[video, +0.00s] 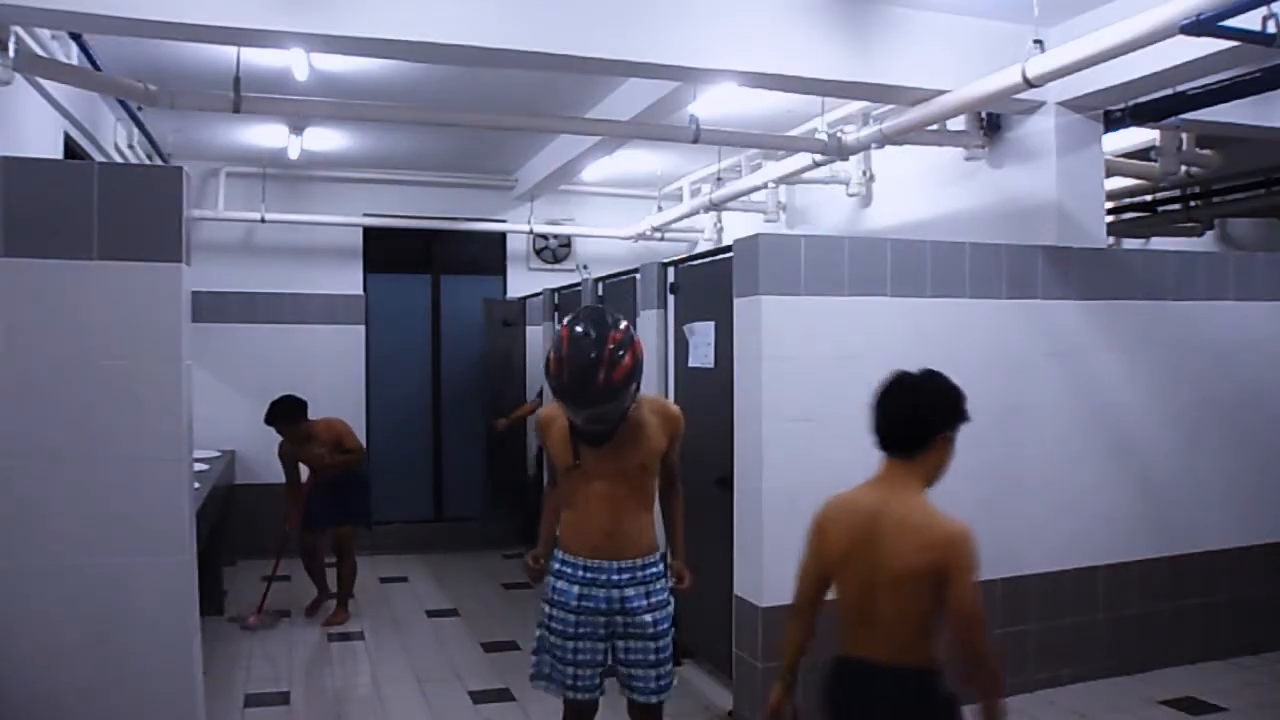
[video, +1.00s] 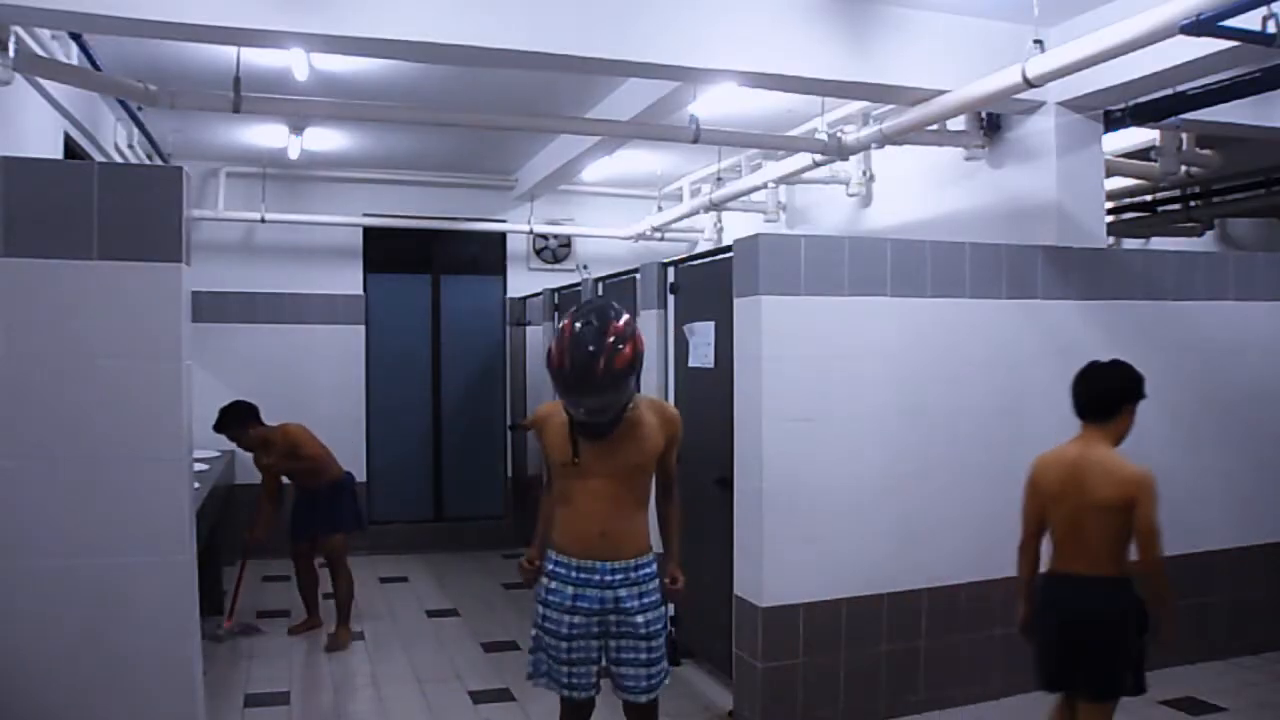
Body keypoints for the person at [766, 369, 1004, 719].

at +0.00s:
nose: (952, 451)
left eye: (953, 438)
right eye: (953, 438)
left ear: (886, 432)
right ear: (942, 442)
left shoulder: (834, 514)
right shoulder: (946, 536)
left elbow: (803, 611)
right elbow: (971, 643)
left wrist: (785, 684)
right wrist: (992, 704)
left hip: (846, 686)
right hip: (916, 691)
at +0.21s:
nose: (985, 451)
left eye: (987, 440)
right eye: (987, 440)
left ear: (921, 437)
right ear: (977, 441)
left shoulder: (882, 517)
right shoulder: (990, 527)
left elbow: (858, 615)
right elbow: (1009, 634)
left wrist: (837, 693)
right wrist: (1029, 700)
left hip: (904, 671)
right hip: (967, 674)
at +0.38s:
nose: (1016, 435)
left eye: (1016, 426)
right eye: (1016, 426)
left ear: (956, 423)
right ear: (1007, 429)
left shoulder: (919, 500)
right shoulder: (1018, 509)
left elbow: (915, 591)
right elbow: (1030, 611)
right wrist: (1044, 689)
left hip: (938, 649)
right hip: (996, 653)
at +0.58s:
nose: (1058, 438)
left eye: (1058, 428)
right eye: (1058, 428)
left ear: (1001, 422)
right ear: (1050, 429)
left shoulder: (962, 491)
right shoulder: (1054, 504)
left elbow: (959, 568)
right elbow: (1059, 601)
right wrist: (1068, 675)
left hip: (974, 635)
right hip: (1030, 641)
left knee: (975, 711)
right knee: (1035, 711)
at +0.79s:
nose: (1104, 431)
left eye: (1106, 421)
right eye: (1105, 422)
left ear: (1051, 415)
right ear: (1097, 423)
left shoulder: (1010, 478)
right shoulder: (1099, 495)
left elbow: (1002, 556)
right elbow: (1103, 584)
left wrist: (1026, 596)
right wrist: (1114, 657)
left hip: (1019, 622)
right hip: (1075, 624)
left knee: (1022, 710)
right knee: (1081, 708)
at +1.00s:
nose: (1133, 420)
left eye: (1134, 411)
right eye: (1134, 411)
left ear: (1080, 407)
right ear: (1125, 413)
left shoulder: (1044, 468)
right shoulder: (1134, 479)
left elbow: (1029, 544)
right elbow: (1149, 559)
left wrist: (1025, 601)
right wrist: (1161, 610)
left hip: (1056, 596)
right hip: (1110, 600)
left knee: (1069, 697)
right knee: (1098, 705)